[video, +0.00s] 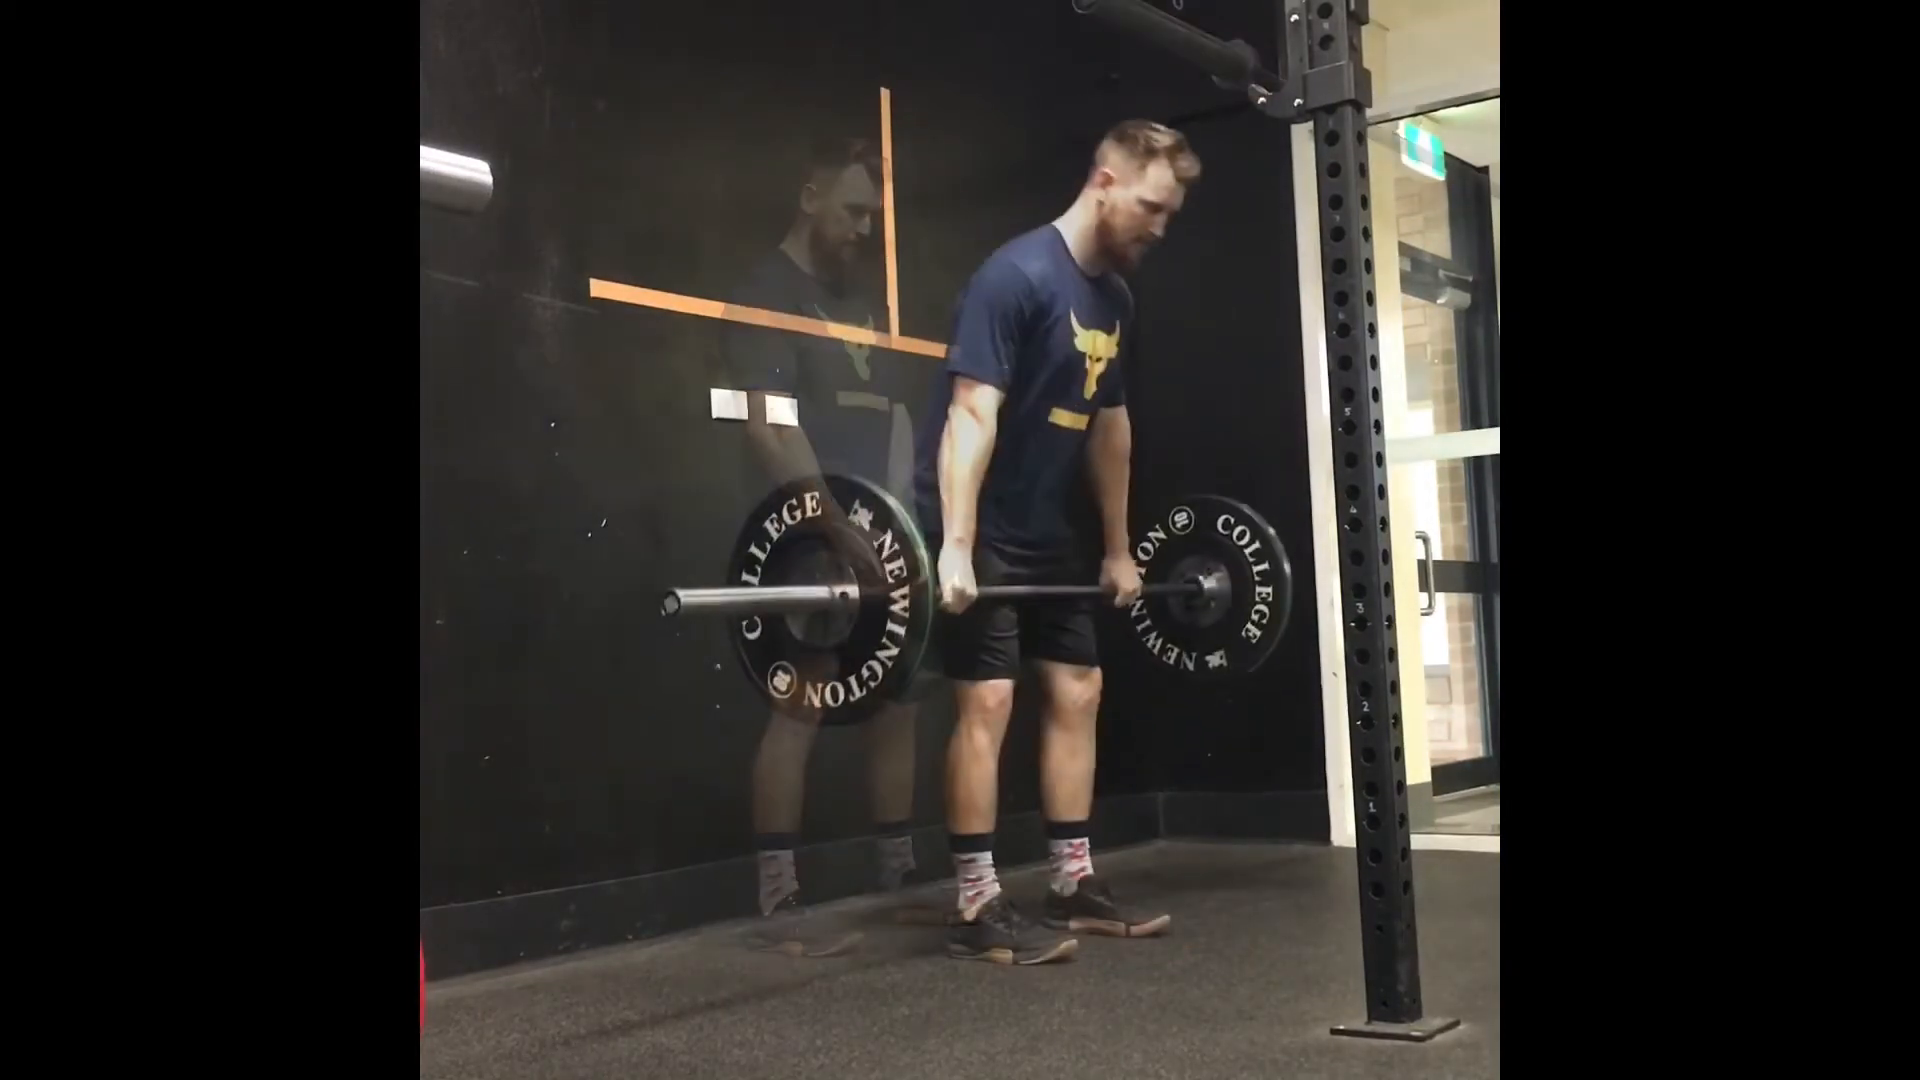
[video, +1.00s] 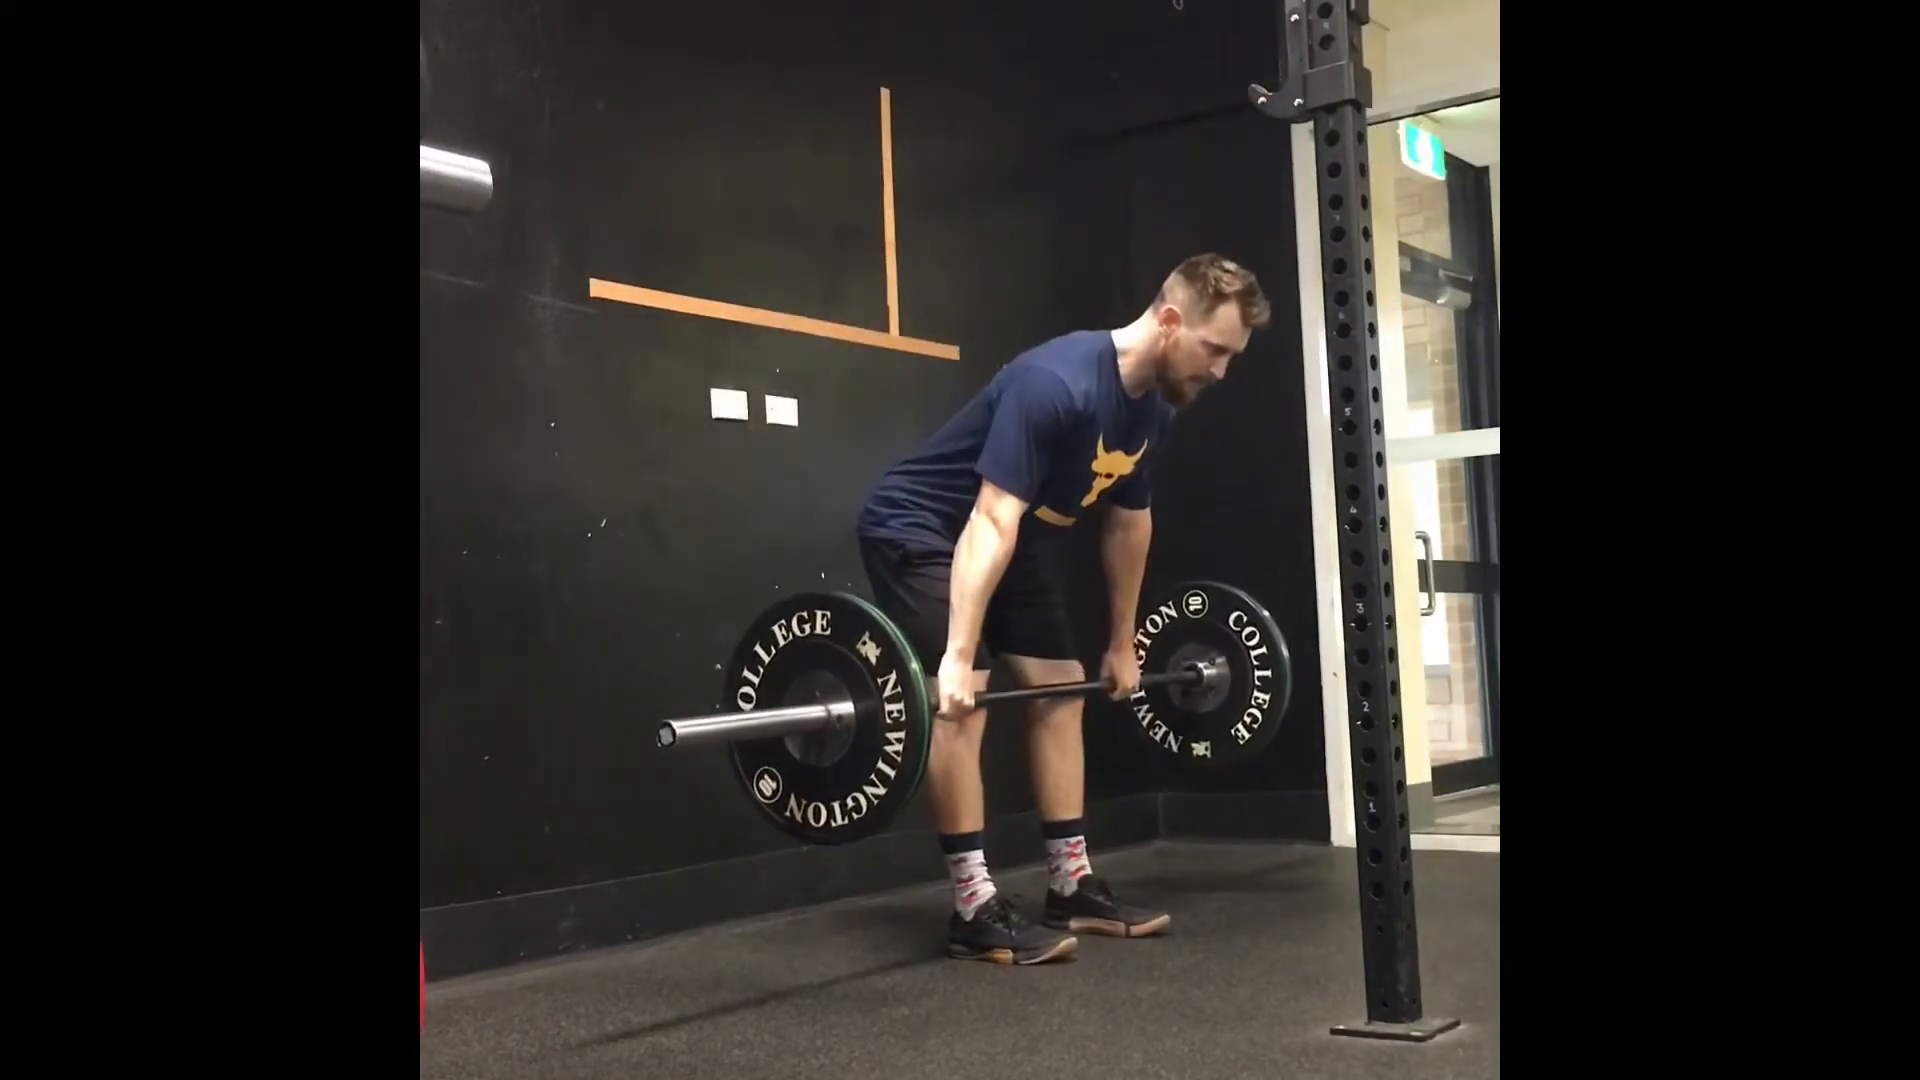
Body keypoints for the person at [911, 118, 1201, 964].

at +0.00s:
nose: (1162, 229)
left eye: (1170, 214)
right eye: (1156, 208)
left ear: (1123, 197)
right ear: (1105, 183)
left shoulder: (1114, 300)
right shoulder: (1013, 277)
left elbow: (1110, 423)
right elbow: (972, 412)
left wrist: (1118, 544)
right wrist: (956, 546)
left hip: (1060, 536)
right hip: (984, 533)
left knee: (1078, 689)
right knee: (987, 701)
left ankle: (1072, 886)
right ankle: (977, 906)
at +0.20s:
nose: (1188, 270)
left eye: (1197, 255)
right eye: (1182, 248)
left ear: (1157, 234)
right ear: (1132, 220)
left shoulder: (1132, 330)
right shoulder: (1033, 307)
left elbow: (1116, 448)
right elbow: (981, 442)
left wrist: (1119, 572)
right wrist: (954, 573)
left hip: (1038, 533)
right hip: (961, 529)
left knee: (1070, 689)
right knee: (979, 700)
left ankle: (1070, 884)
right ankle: (977, 904)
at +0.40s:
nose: (1203, 301)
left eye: (1213, 286)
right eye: (1196, 279)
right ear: (1147, 253)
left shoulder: (1141, 357)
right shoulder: (1042, 330)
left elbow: (1121, 474)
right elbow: (986, 466)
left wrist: (1122, 596)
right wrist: (958, 600)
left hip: (1025, 533)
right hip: (937, 528)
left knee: (1066, 683)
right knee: (974, 698)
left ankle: (1071, 886)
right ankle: (976, 905)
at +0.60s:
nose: (1211, 329)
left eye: (1221, 315)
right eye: (1205, 308)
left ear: (1173, 289)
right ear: (1157, 280)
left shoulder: (1148, 379)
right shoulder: (1048, 353)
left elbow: (1126, 493)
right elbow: (991, 489)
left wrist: (1124, 615)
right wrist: (960, 625)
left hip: (1017, 520)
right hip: (927, 516)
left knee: (1062, 679)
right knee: (969, 691)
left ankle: (1071, 884)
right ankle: (976, 906)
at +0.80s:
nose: (1218, 355)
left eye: (1229, 342)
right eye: (1212, 334)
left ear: (1173, 312)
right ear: (1165, 303)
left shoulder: (1150, 394)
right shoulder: (1055, 372)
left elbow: (1129, 512)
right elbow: (994, 507)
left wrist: (1124, 631)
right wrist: (960, 644)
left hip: (1011, 525)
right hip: (923, 522)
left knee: (1060, 681)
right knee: (964, 692)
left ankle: (1071, 884)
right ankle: (974, 906)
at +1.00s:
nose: (1220, 372)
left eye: (1230, 358)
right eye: (1214, 350)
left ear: (1173, 328)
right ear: (1166, 318)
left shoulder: (1151, 405)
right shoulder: (1054, 385)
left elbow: (1128, 520)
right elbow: (993, 518)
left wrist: (1122, 641)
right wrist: (958, 656)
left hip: (1010, 529)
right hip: (918, 527)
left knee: (1058, 685)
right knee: (961, 699)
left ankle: (1070, 884)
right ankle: (974, 906)